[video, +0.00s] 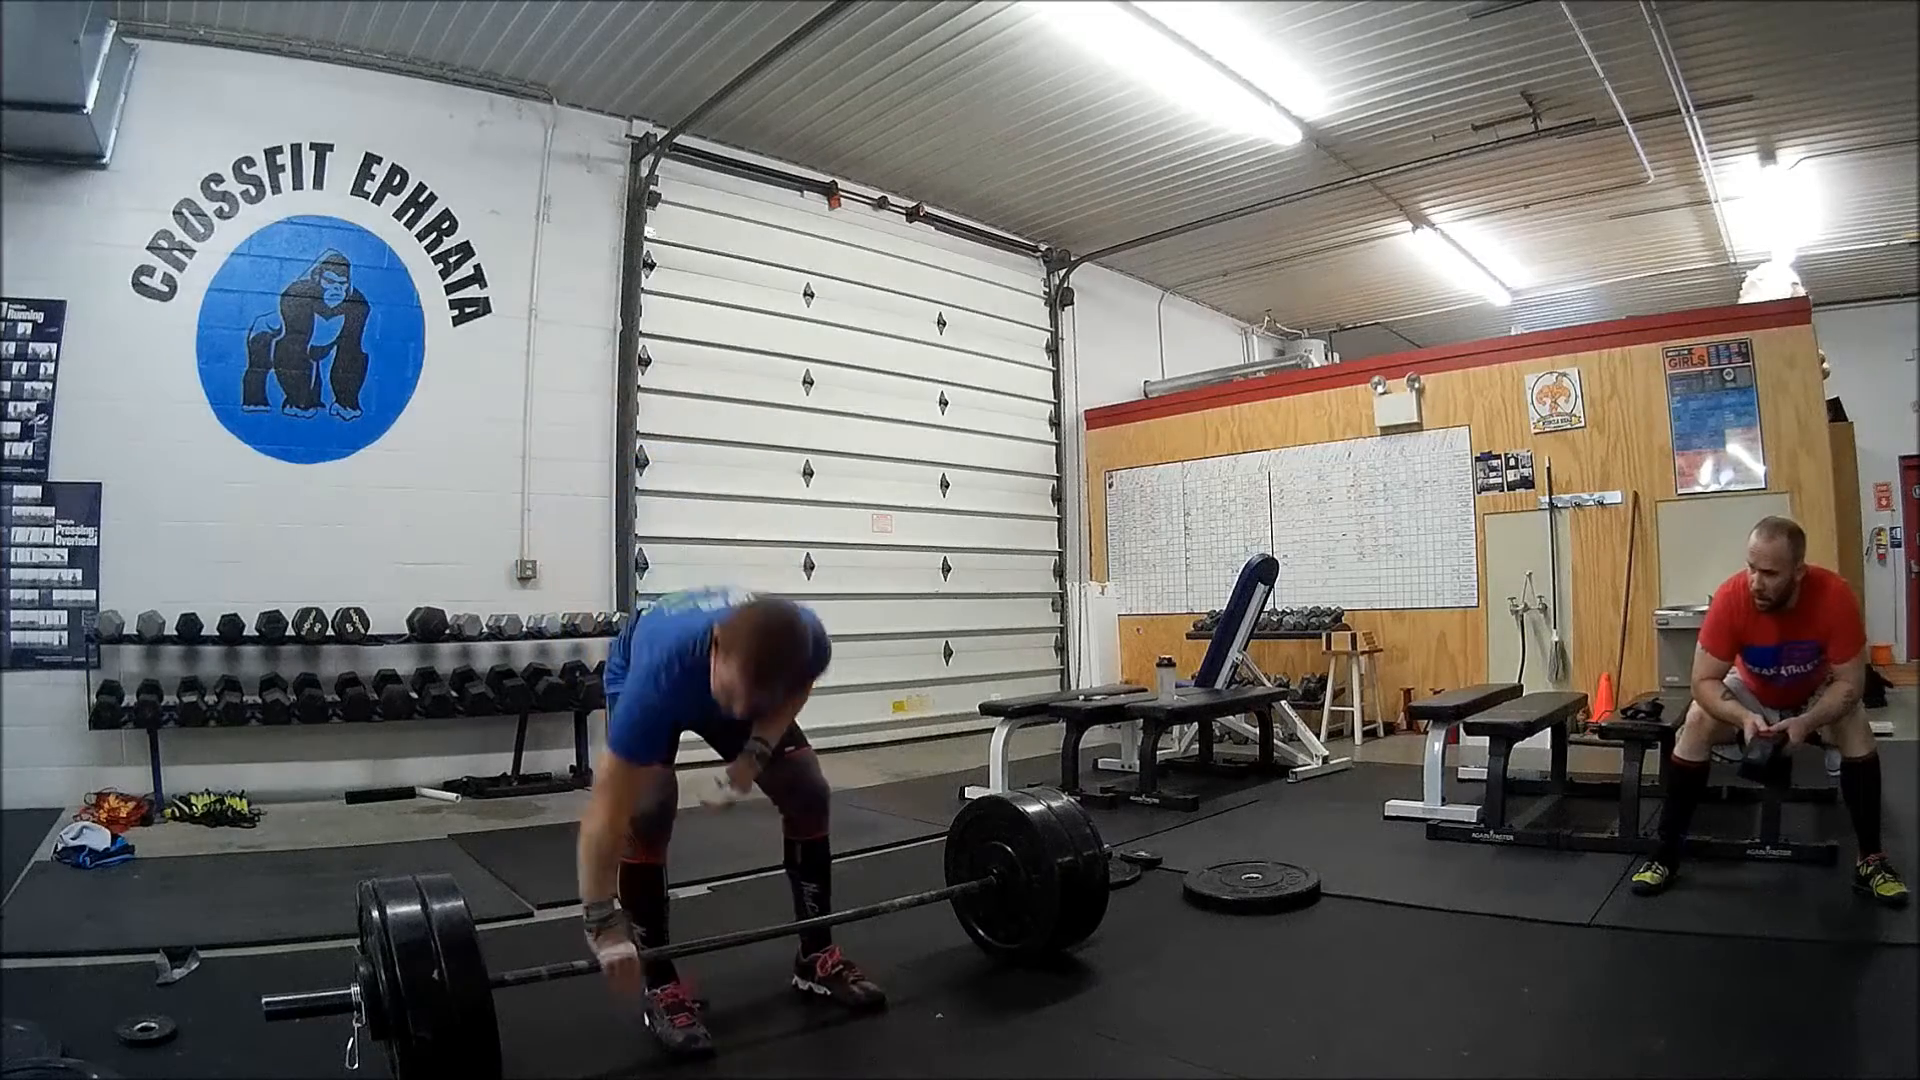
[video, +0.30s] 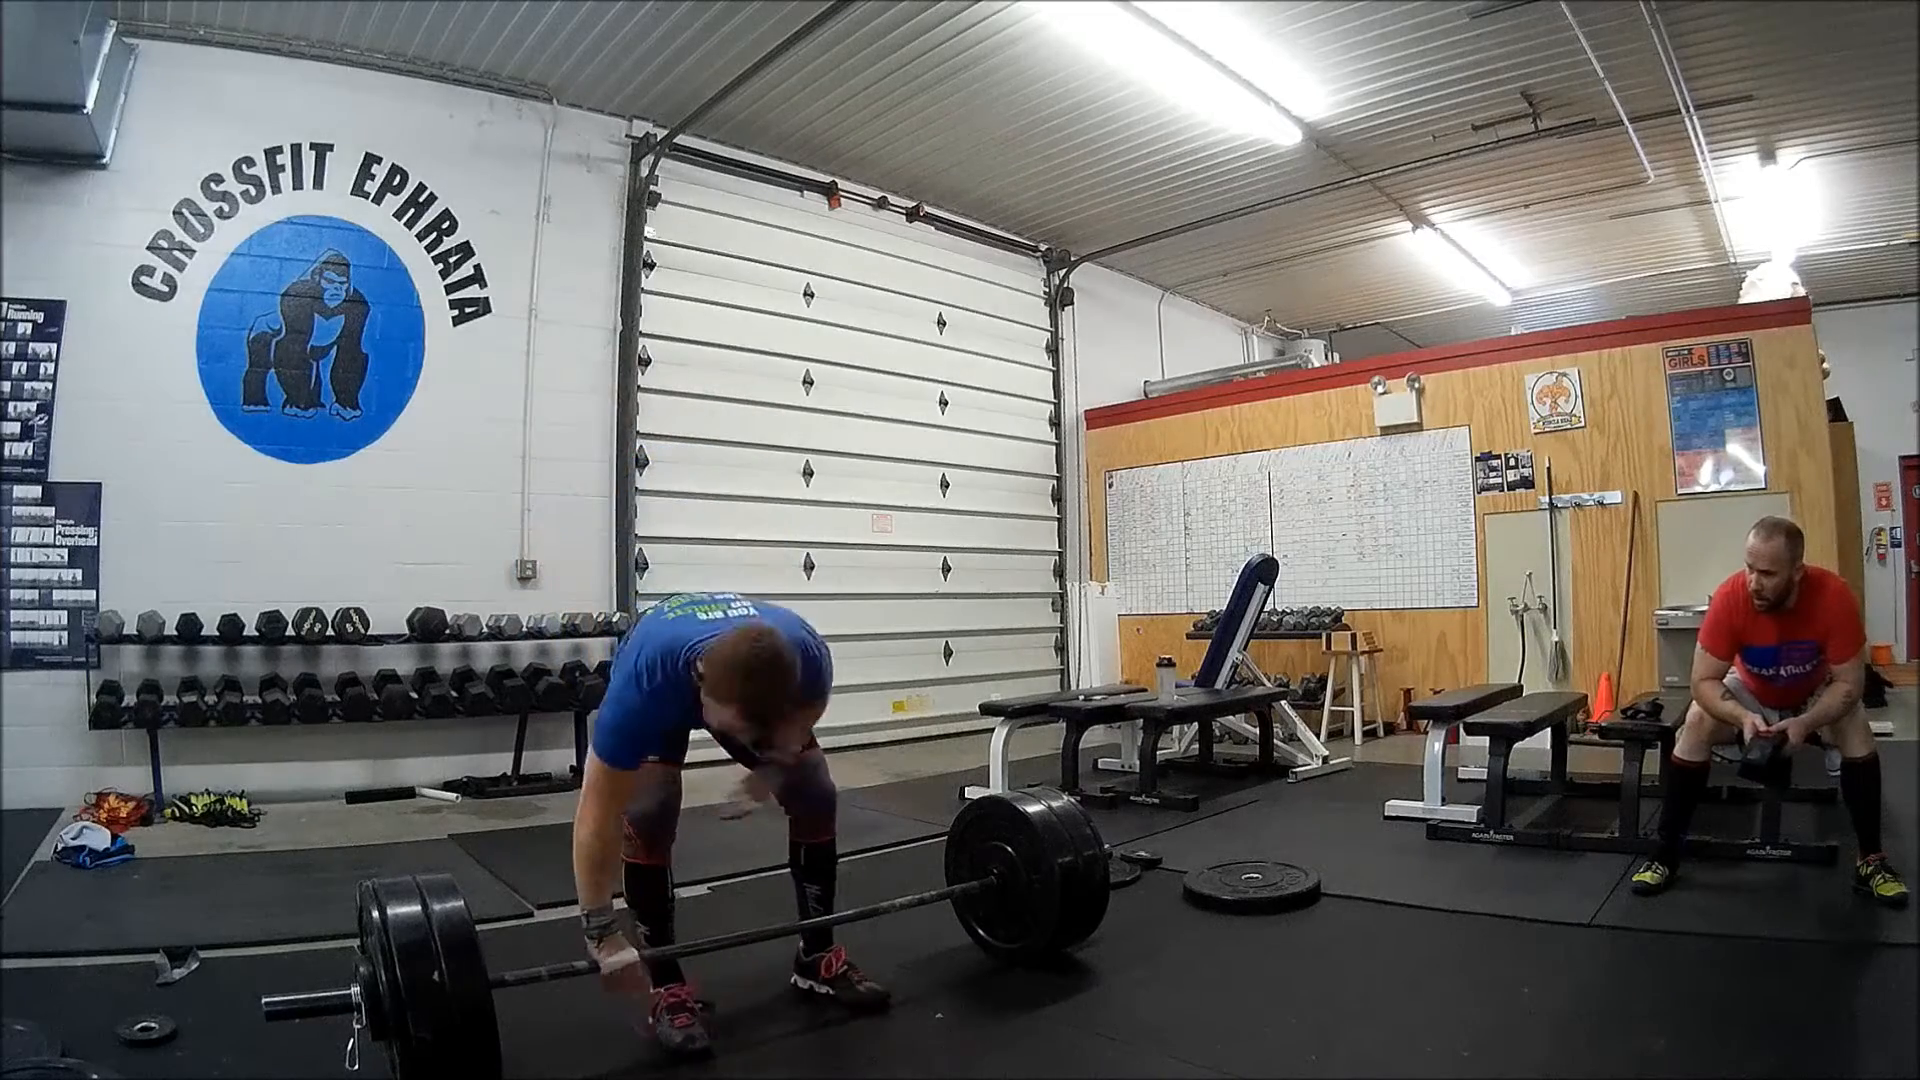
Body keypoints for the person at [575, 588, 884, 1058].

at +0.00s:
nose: (744, 717)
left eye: (759, 708)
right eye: (733, 702)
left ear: (794, 682)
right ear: (716, 656)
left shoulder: (810, 645)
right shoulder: (660, 670)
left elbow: (797, 692)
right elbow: (607, 803)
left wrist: (755, 754)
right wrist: (602, 922)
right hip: (646, 678)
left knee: (809, 793)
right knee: (650, 815)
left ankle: (819, 958)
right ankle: (662, 989)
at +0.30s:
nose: (772, 758)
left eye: (787, 745)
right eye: (751, 744)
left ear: (806, 701)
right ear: (711, 703)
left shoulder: (811, 664)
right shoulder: (645, 687)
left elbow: (802, 727)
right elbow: (597, 813)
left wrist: (769, 776)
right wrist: (601, 931)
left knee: (816, 794)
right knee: (649, 817)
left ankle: (818, 957)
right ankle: (667, 988)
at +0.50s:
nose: (809, 732)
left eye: (818, 723)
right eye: (799, 724)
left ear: (833, 675)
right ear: (761, 697)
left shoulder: (827, 661)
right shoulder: (677, 688)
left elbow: (865, 745)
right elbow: (618, 809)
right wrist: (603, 929)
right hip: (645, 672)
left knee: (806, 801)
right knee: (655, 817)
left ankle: (818, 957)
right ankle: (669, 989)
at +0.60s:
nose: (851, 740)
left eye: (858, 728)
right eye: (837, 732)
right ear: (792, 706)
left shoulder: (852, 687)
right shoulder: (705, 700)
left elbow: (891, 774)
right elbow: (631, 812)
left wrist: (906, 863)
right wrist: (606, 927)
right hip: (647, 673)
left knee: (804, 803)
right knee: (667, 817)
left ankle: (819, 957)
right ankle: (670, 987)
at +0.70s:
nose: (865, 751)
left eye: (875, 741)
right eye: (859, 742)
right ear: (816, 716)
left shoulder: (865, 689)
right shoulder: (726, 708)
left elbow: (899, 779)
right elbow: (648, 813)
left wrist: (910, 872)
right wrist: (609, 926)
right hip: (652, 676)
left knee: (807, 802)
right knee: (676, 816)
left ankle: (820, 956)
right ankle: (672, 988)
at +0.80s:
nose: (862, 757)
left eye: (874, 748)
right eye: (858, 747)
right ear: (822, 715)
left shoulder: (867, 687)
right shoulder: (733, 711)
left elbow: (904, 775)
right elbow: (650, 818)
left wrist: (912, 872)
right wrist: (610, 926)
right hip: (657, 678)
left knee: (821, 798)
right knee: (678, 819)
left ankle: (821, 957)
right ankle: (672, 989)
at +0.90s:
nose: (840, 756)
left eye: (853, 748)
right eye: (835, 745)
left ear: (877, 712)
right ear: (804, 702)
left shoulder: (864, 695)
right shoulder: (723, 708)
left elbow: (899, 780)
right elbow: (638, 817)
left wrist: (909, 872)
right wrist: (606, 927)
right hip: (656, 683)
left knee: (826, 797)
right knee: (679, 815)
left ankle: (819, 959)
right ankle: (671, 990)